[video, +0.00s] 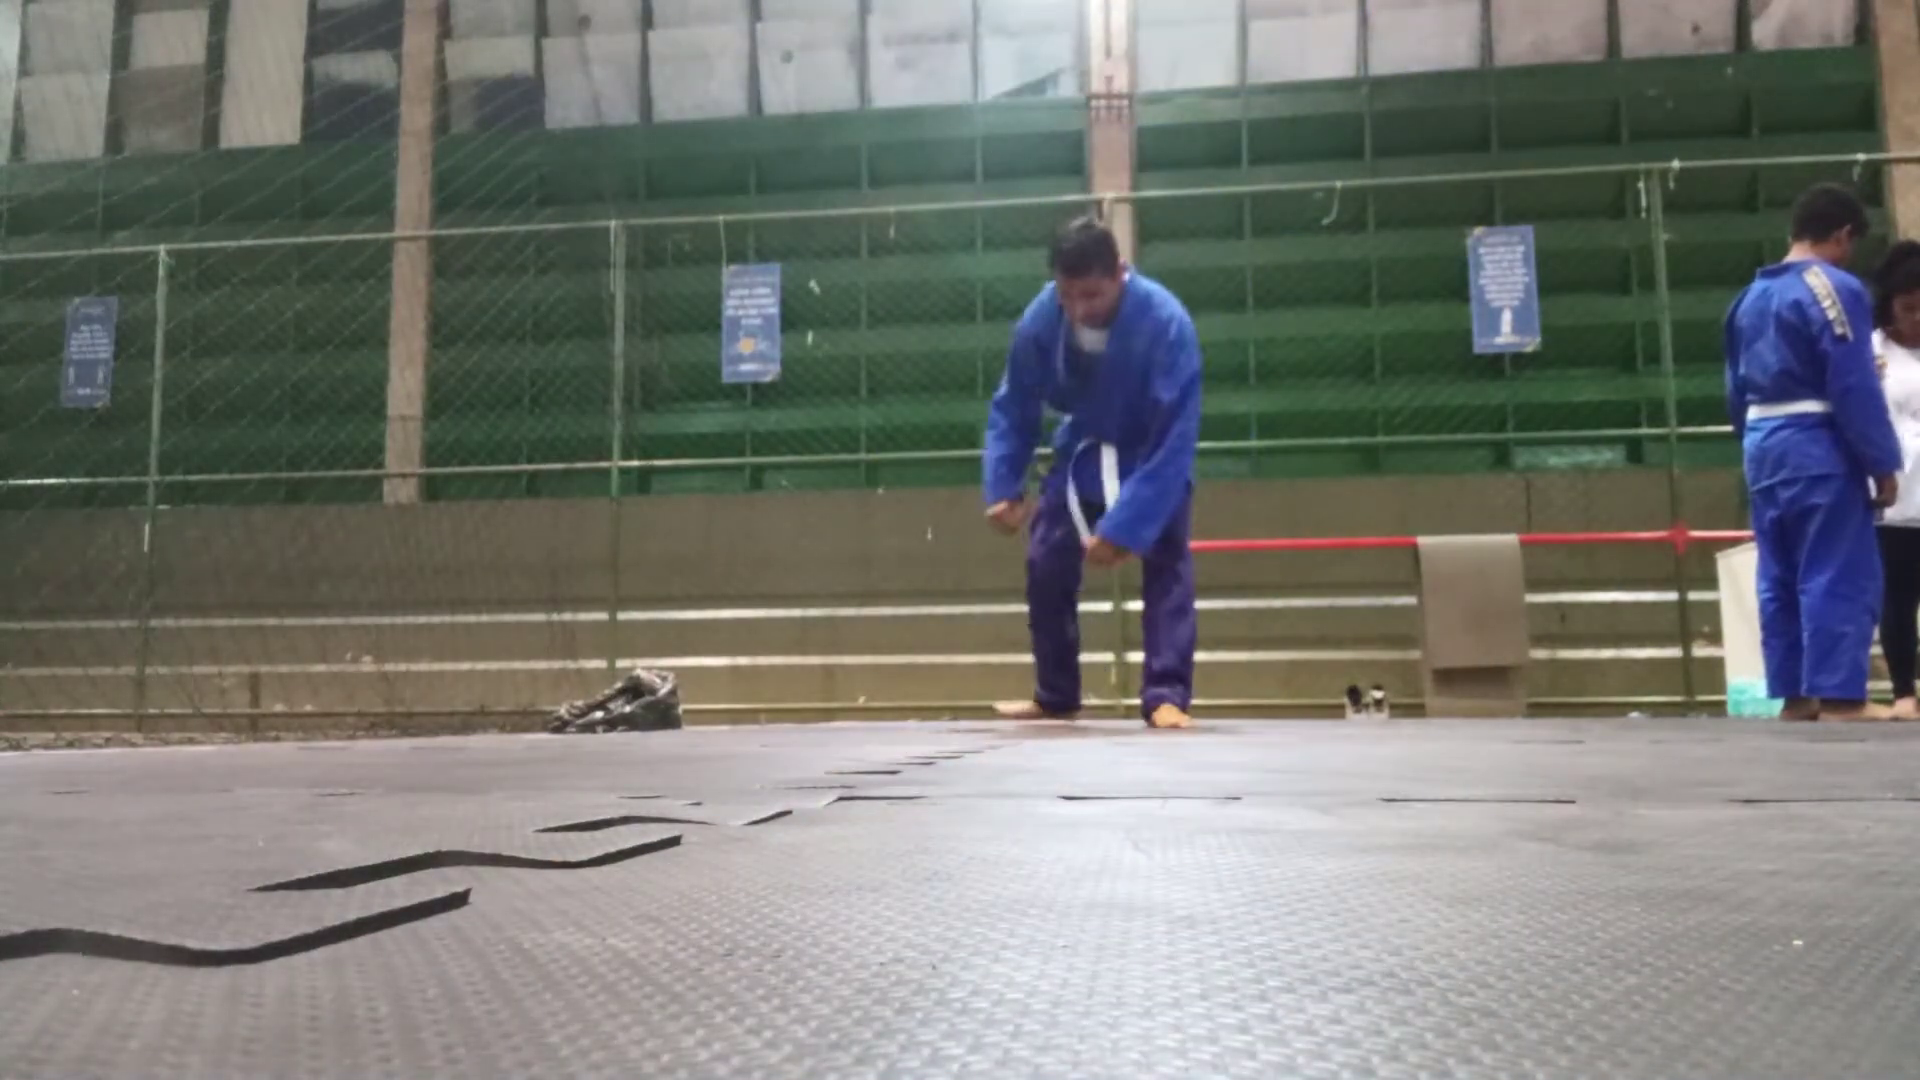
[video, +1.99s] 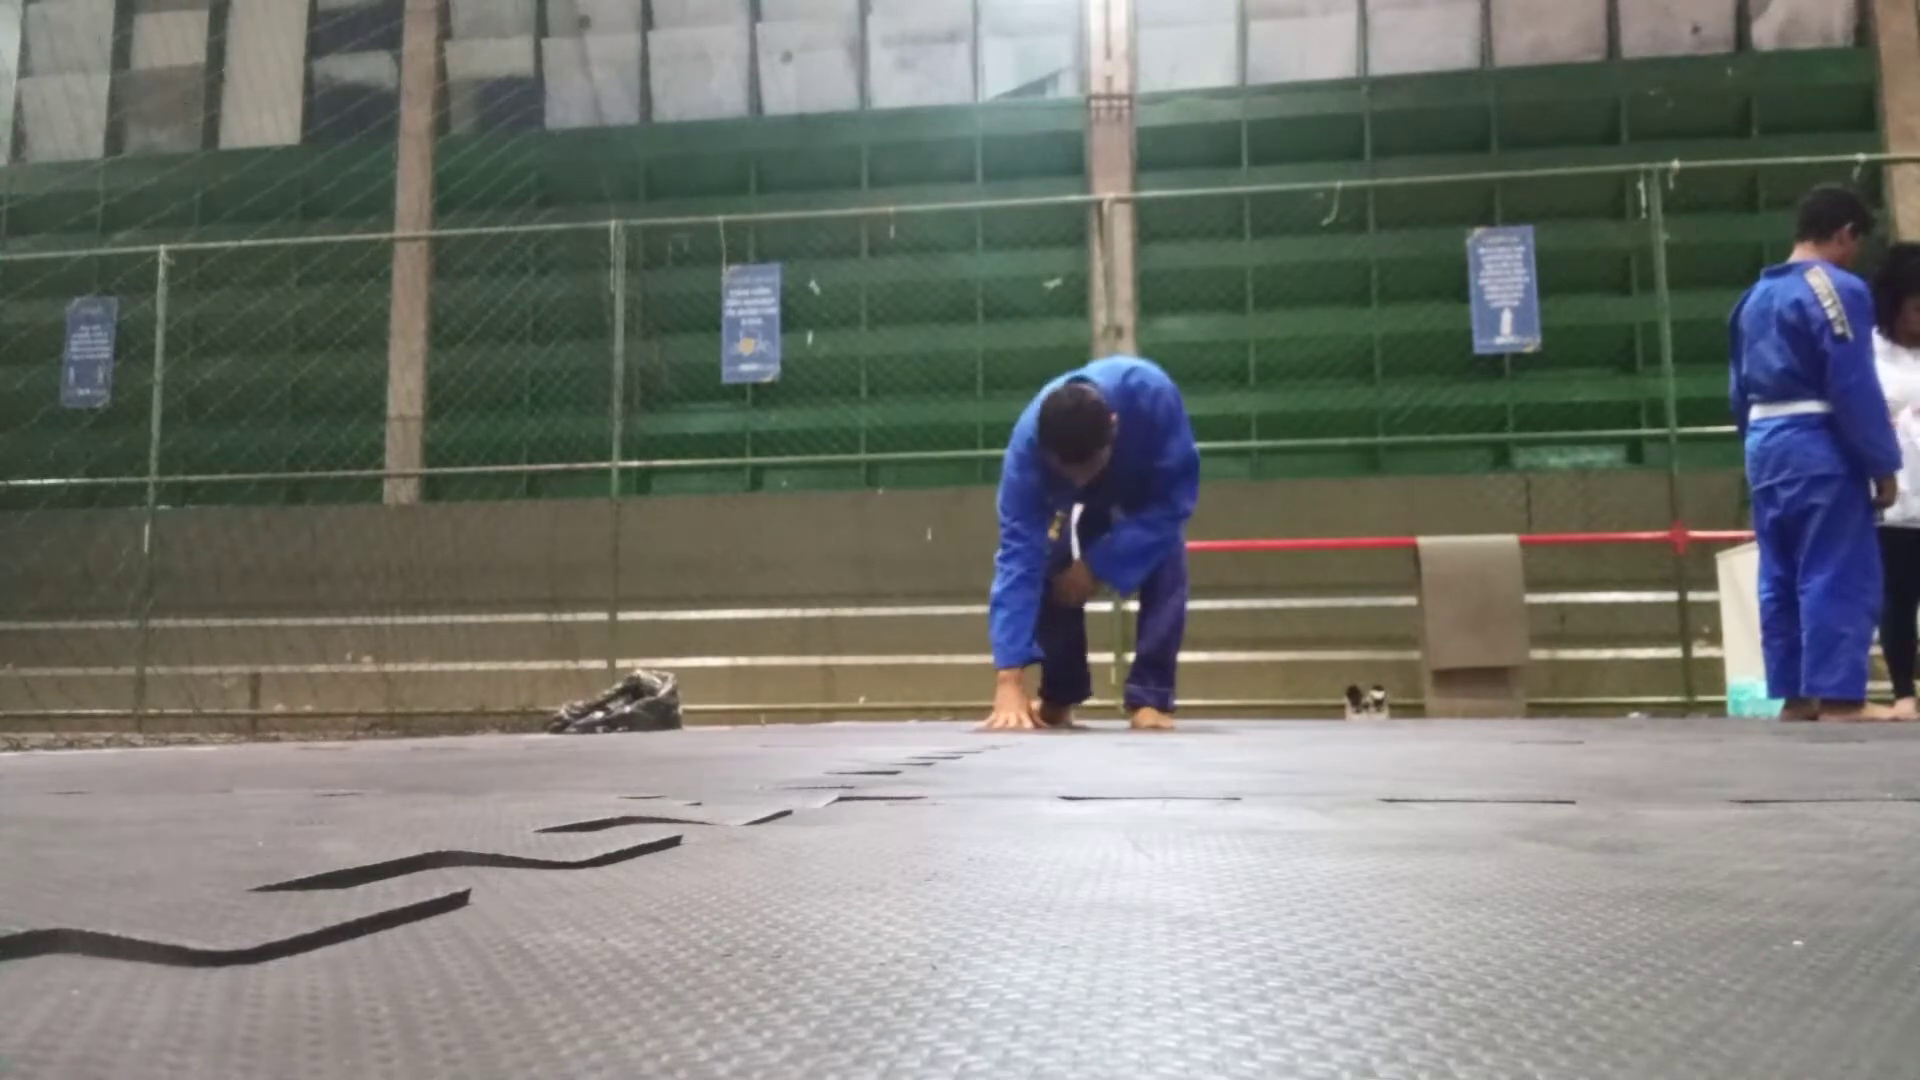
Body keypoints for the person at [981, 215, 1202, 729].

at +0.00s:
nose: (1082, 308)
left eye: (1093, 296)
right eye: (1070, 297)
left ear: (1120, 276)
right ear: (1056, 284)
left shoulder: (1165, 323)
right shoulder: (1042, 319)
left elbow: (1175, 440)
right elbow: (1014, 403)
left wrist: (1123, 526)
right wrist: (1003, 485)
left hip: (1151, 446)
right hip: (1081, 443)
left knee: (1167, 563)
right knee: (1046, 559)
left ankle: (1166, 698)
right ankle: (1055, 698)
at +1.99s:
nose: (1082, 480)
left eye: (1092, 469)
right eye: (1069, 473)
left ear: (1112, 428)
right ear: (1046, 450)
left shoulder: (1152, 397)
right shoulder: (1027, 445)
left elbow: (1175, 502)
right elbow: (1017, 555)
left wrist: (1095, 567)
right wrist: (1008, 682)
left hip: (1144, 485)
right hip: (1077, 495)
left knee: (1167, 567)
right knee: (1053, 574)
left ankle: (1150, 703)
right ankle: (1057, 700)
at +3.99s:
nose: (930, 621)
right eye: (928, 626)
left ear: (945, 725)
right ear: (935, 625)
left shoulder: (1058, 707)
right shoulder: (987, 558)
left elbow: (1219, 718)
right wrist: (943, 619)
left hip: (1278, 558)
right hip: (1216, 450)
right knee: (1094, 322)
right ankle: (1129, 165)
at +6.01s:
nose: (1007, 501)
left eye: (997, 466)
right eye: (963, 512)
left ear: (1016, 443)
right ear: (927, 563)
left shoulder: (1113, 475)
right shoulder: (1073, 653)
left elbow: (1316, 411)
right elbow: (1293, 698)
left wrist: (1317, 501)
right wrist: (1483, 726)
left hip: (1469, 487)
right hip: (1503, 641)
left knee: (1630, 260)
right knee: (1771, 524)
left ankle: (1906, 201)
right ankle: (1899, 682)